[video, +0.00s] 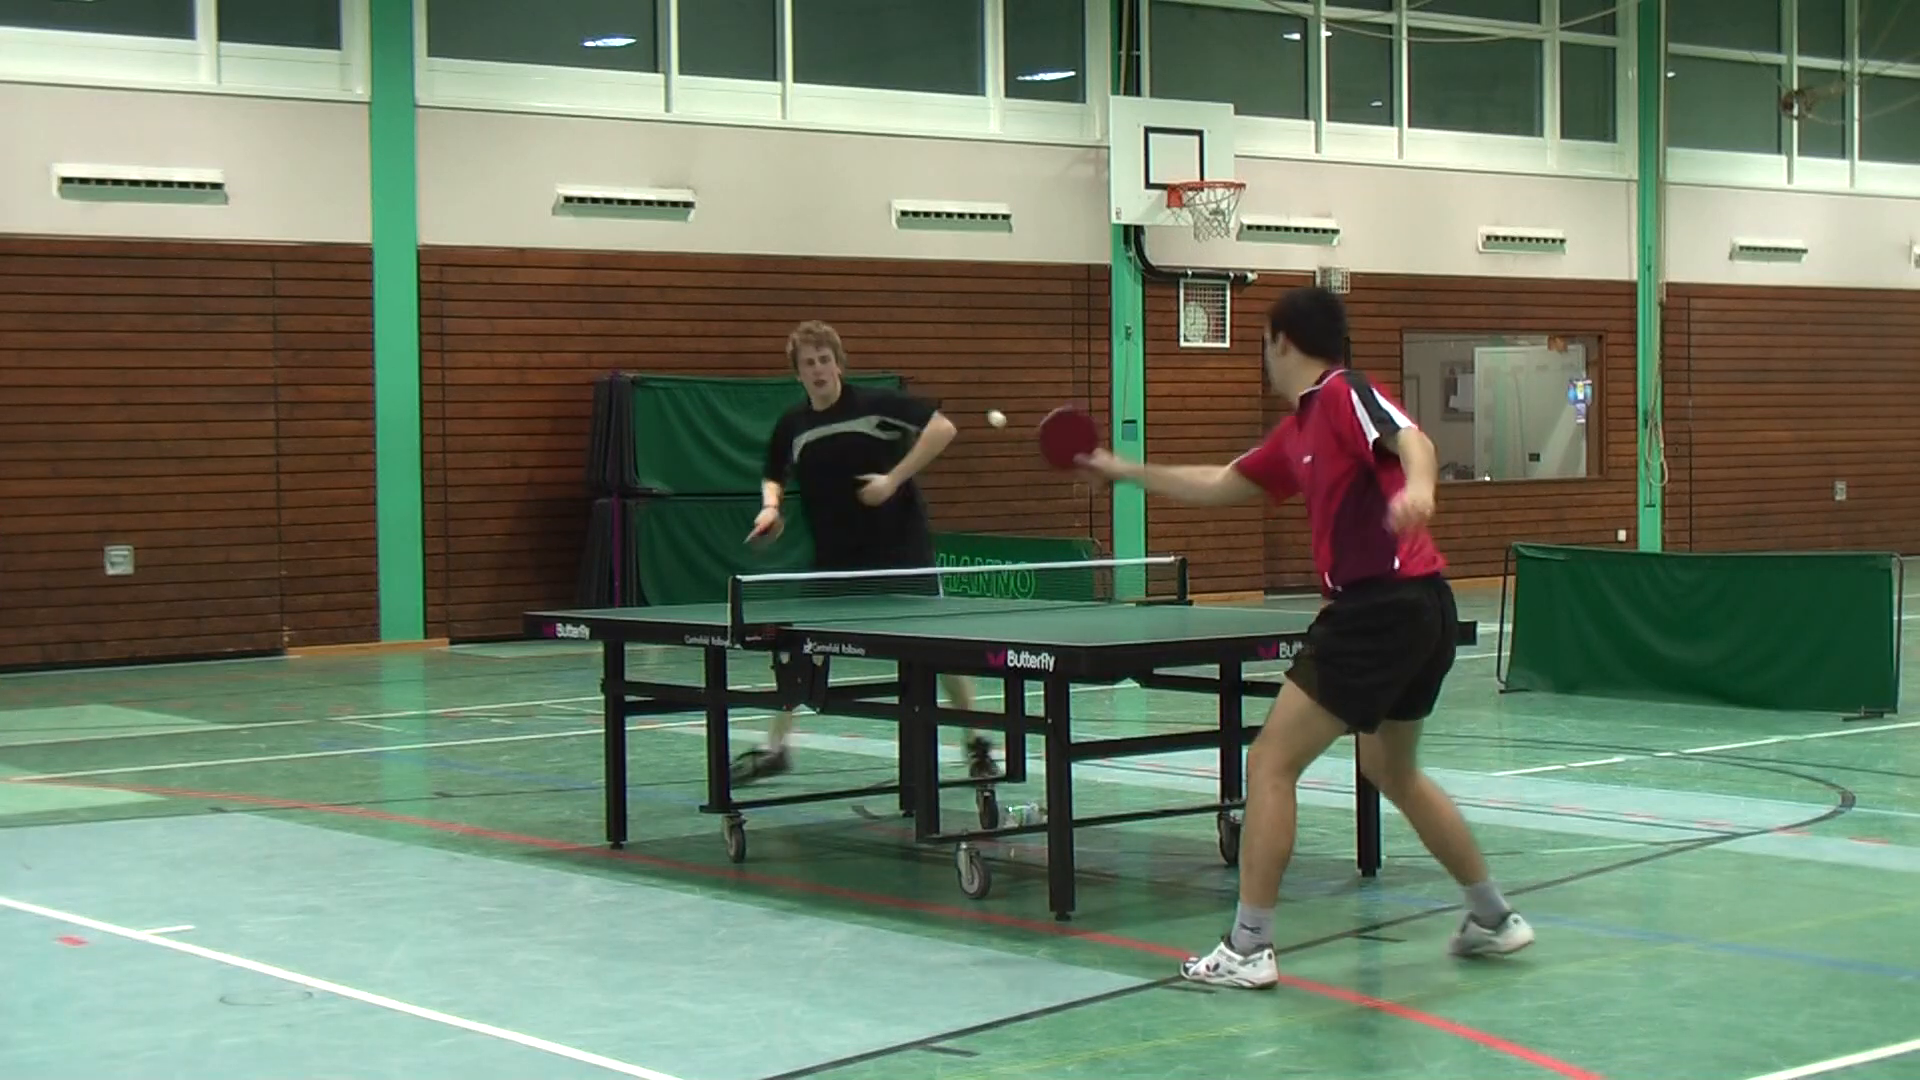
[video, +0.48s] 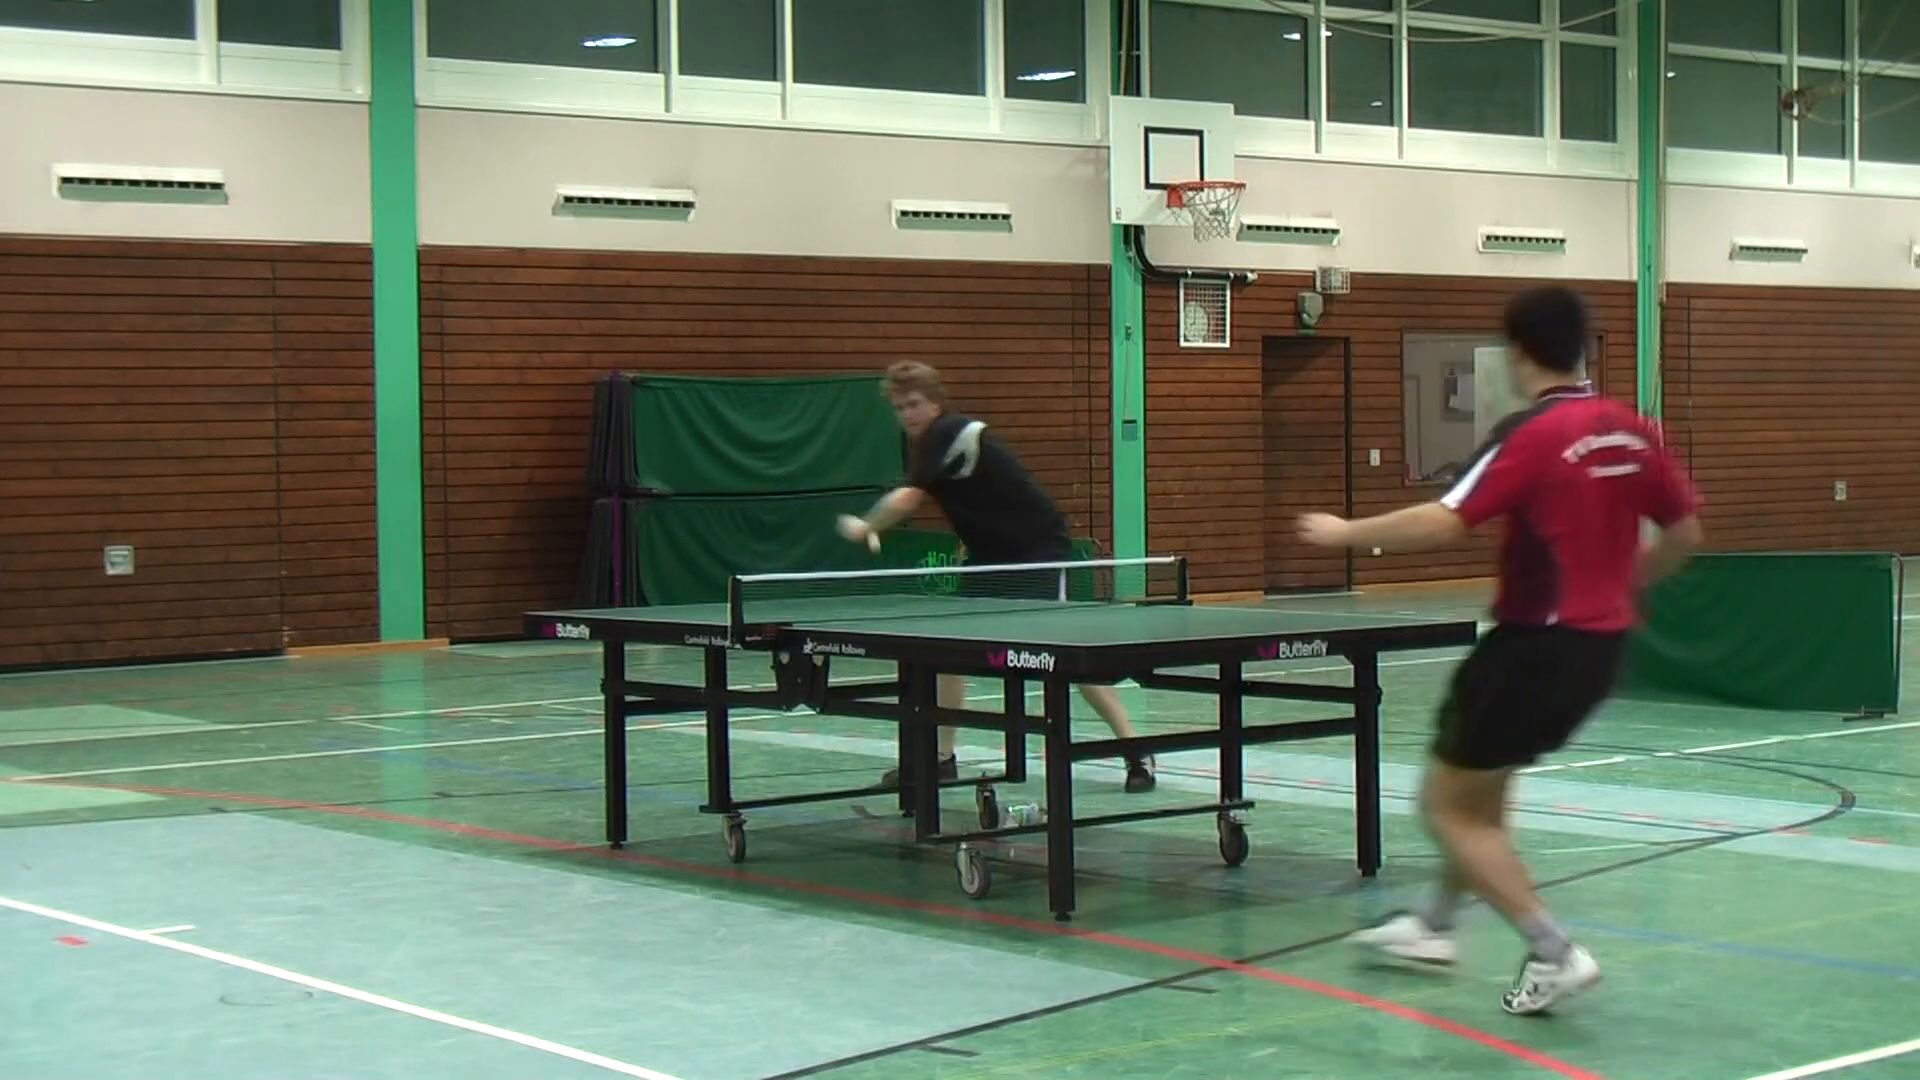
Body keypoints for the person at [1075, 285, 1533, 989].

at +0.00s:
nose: (1265, 358)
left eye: (1268, 345)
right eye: (1268, 345)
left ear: (1287, 344)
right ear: (1321, 344)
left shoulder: (1345, 392)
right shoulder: (1298, 430)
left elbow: (1414, 441)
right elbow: (1218, 483)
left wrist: (1419, 490)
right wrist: (1118, 467)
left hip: (1376, 608)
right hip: (1421, 608)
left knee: (1272, 762)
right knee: (1391, 768)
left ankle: (1248, 945)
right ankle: (1493, 915)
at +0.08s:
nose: (1291, 348)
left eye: (1294, 336)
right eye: (1293, 337)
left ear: (1310, 338)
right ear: (1359, 338)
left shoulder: (1357, 391)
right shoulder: (1334, 421)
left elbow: (1414, 452)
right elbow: (1257, 473)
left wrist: (1433, 522)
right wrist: (1157, 458)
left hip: (1380, 607)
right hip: (1436, 611)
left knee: (1279, 768)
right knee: (1373, 761)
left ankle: (1246, 943)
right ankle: (1455, 911)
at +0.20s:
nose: (1339, 361)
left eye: (1344, 348)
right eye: (1339, 349)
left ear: (1366, 349)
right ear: (1398, 348)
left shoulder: (1408, 406)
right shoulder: (1396, 413)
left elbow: (1429, 494)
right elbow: (1353, 490)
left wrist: (1401, 582)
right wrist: (1248, 492)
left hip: (1423, 614)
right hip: (1459, 618)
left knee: (1300, 760)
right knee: (1366, 762)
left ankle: (1251, 941)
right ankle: (1399, 933)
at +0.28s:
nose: (1375, 376)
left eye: (1379, 364)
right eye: (1378, 363)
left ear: (1397, 367)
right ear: (1445, 365)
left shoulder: (1441, 434)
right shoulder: (1464, 430)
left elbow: (1424, 526)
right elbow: (1414, 519)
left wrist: (1340, 595)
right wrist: (1333, 536)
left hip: (1446, 643)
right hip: (1479, 645)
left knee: (1297, 763)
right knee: (1373, 762)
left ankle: (1345, 934)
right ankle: (1400, 933)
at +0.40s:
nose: (1450, 378)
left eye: (1454, 366)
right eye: (1453, 366)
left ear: (1469, 368)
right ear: (1518, 364)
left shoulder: (1496, 444)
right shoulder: (1563, 432)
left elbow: (1420, 532)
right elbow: (1600, 535)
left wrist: (1301, 546)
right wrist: (1524, 569)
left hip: (1485, 652)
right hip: (1536, 652)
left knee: (1369, 800)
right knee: (1412, 781)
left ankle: (1504, 917)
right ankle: (1401, 938)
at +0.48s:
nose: (1508, 366)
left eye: (1510, 354)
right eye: (1509, 354)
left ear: (1525, 356)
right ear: (1584, 353)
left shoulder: (1534, 434)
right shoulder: (1635, 426)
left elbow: (1449, 519)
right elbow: (1686, 531)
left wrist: (1345, 532)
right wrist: (1628, 579)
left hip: (1534, 644)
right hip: (1598, 646)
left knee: (1450, 804)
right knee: (1487, 778)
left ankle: (1553, 951)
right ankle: (1434, 923)